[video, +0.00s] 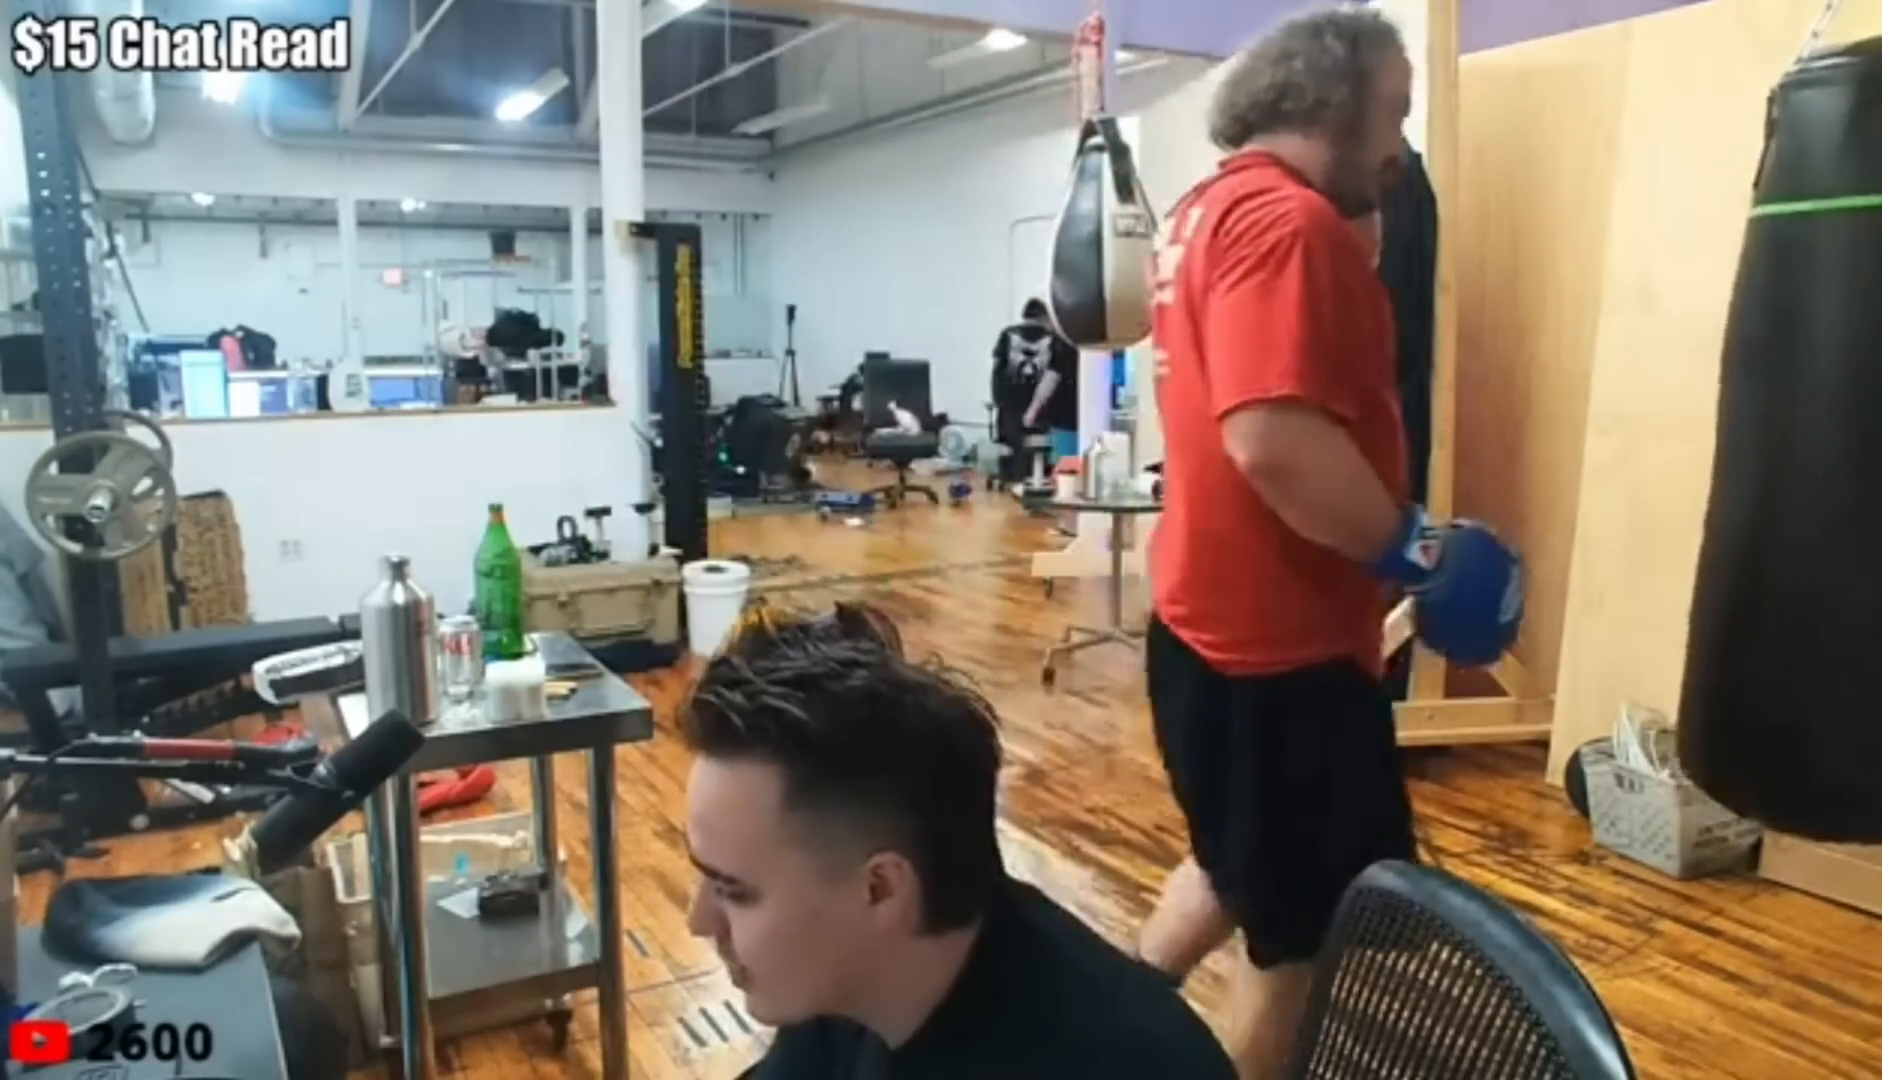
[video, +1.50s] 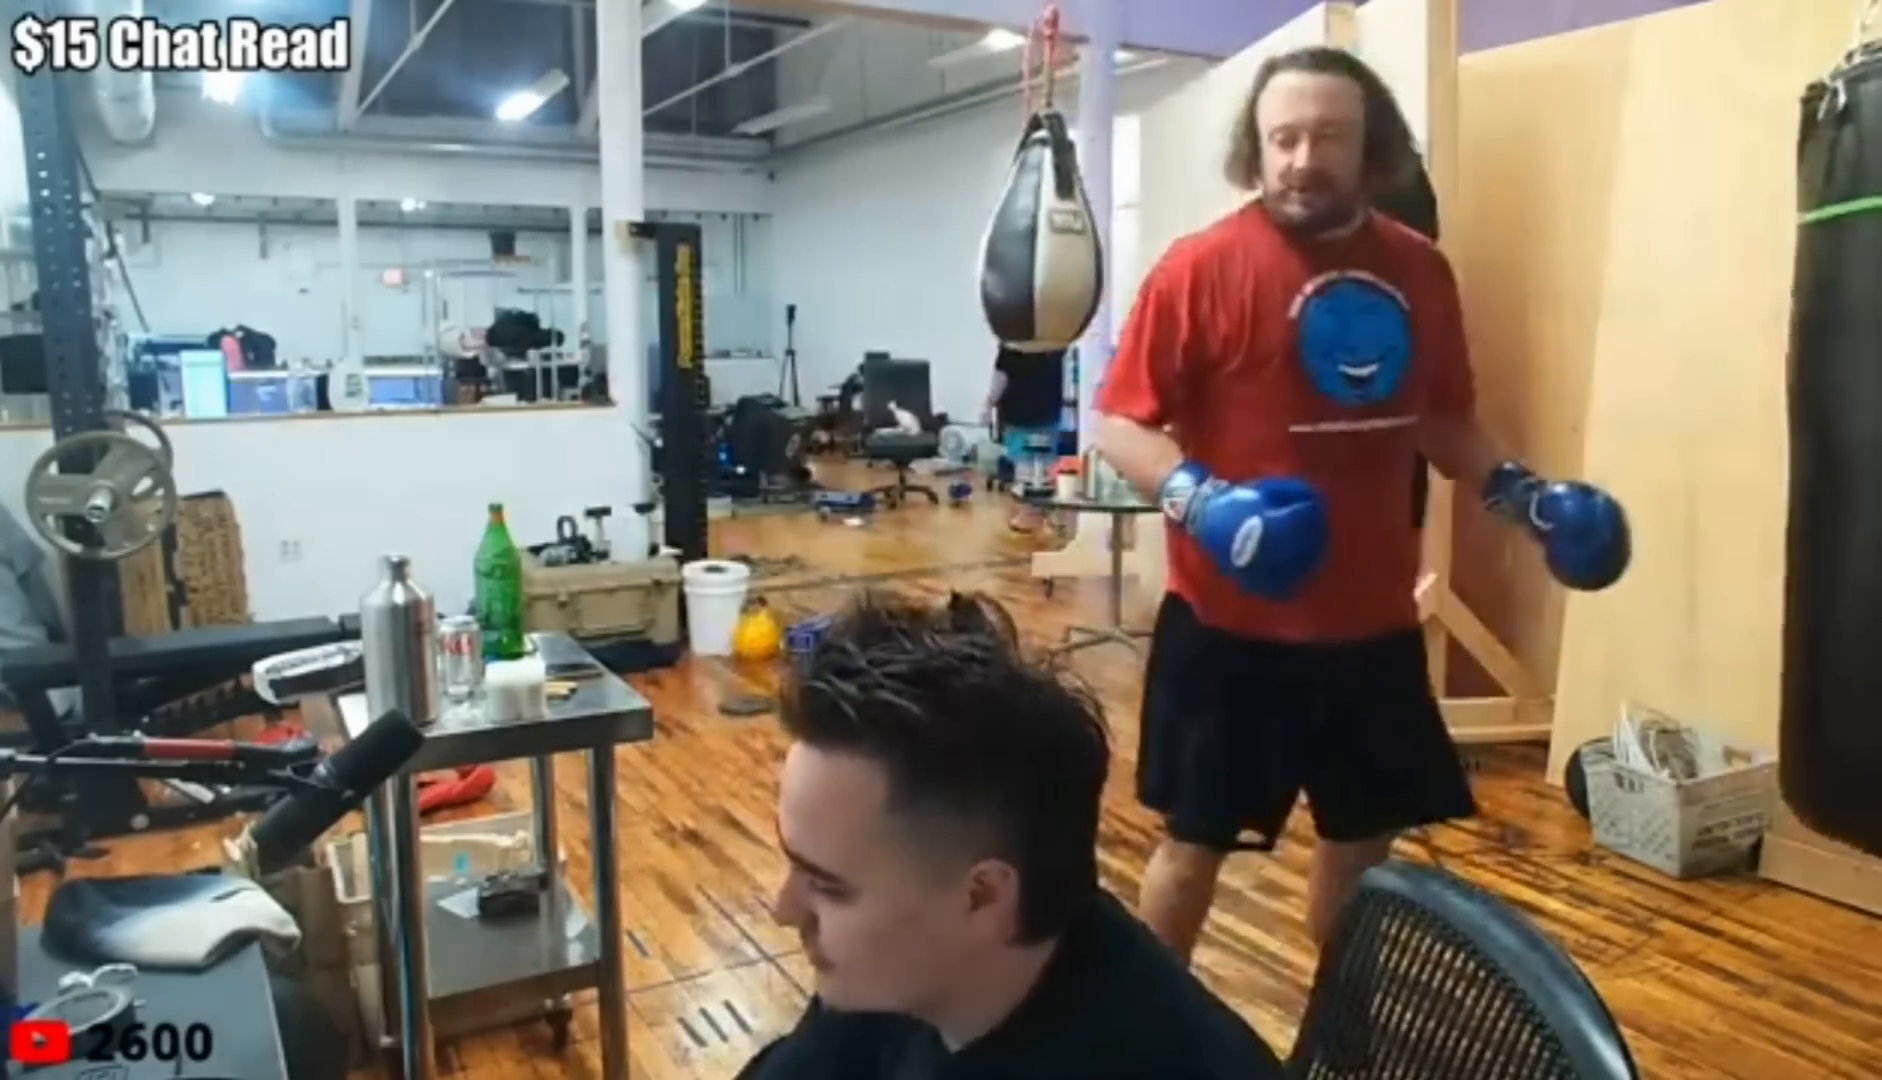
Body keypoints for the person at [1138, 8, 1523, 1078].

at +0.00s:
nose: (1407, 141)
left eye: (1408, 115)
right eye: (1395, 112)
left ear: (1298, 111)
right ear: (1324, 106)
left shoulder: (1218, 207)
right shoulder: (1284, 221)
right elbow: (1272, 440)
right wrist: (1421, 555)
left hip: (1212, 632)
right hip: (1284, 652)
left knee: (1229, 863)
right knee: (1301, 945)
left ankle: (1119, 1016)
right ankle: (1248, 1074)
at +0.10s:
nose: (1441, 133)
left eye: (1441, 104)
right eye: (1430, 103)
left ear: (1336, 102)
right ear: (1365, 98)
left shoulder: (1248, 207)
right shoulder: (1314, 218)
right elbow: (1313, 438)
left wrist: (1453, 542)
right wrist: (1477, 541)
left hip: (1249, 639)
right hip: (1308, 660)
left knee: (1267, 889)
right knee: (1301, 950)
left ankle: (1191, 1058)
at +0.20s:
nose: (1467, 130)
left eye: (1463, 102)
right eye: (1450, 102)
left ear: (1359, 103)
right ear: (1381, 100)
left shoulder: (1279, 212)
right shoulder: (1329, 223)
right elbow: (1321, 445)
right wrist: (1498, 537)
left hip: (1297, 655)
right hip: (1324, 670)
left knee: (1318, 953)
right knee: (1309, 962)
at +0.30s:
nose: (1479, 131)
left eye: (1477, 105)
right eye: (1459, 105)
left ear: (1381, 114)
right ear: (1379, 109)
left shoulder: (1352, 231)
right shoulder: (1331, 240)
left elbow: (1357, 378)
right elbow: (1318, 462)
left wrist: (1447, 298)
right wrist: (1497, 538)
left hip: (1368, 666)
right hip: (1339, 677)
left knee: (1365, 953)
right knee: (1330, 962)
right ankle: (1267, 1072)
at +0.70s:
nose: (1450, 139)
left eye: (1468, 120)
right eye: (1423, 118)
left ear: (1484, 140)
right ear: (1368, 132)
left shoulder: (1471, 269)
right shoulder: (1316, 255)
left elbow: (1462, 422)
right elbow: (1246, 438)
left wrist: (1567, 409)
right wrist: (1388, 525)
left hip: (1451, 625)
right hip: (1349, 627)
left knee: (1435, 876)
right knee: (1361, 888)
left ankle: (1413, 1054)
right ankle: (1323, 1063)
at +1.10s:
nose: (1397, 146)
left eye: (1422, 126)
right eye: (1376, 124)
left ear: (1458, 147)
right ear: (1341, 137)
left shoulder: (1486, 273)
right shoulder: (1283, 261)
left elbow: (1562, 401)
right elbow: (1198, 414)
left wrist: (1688, 448)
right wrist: (1292, 502)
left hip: (1430, 619)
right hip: (1309, 611)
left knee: (1372, 855)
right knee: (1282, 851)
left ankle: (1342, 1044)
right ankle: (1180, 1039)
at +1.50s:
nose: (1304, 159)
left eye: (1328, 136)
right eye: (1282, 138)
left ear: (1373, 151)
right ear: (1256, 151)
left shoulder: (1419, 271)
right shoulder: (1199, 270)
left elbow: (1445, 425)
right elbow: (1117, 426)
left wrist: (1532, 498)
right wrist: (1202, 502)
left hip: (1368, 629)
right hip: (1228, 628)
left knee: (1359, 856)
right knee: (1190, 858)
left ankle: (1341, 1052)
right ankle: (1137, 1046)